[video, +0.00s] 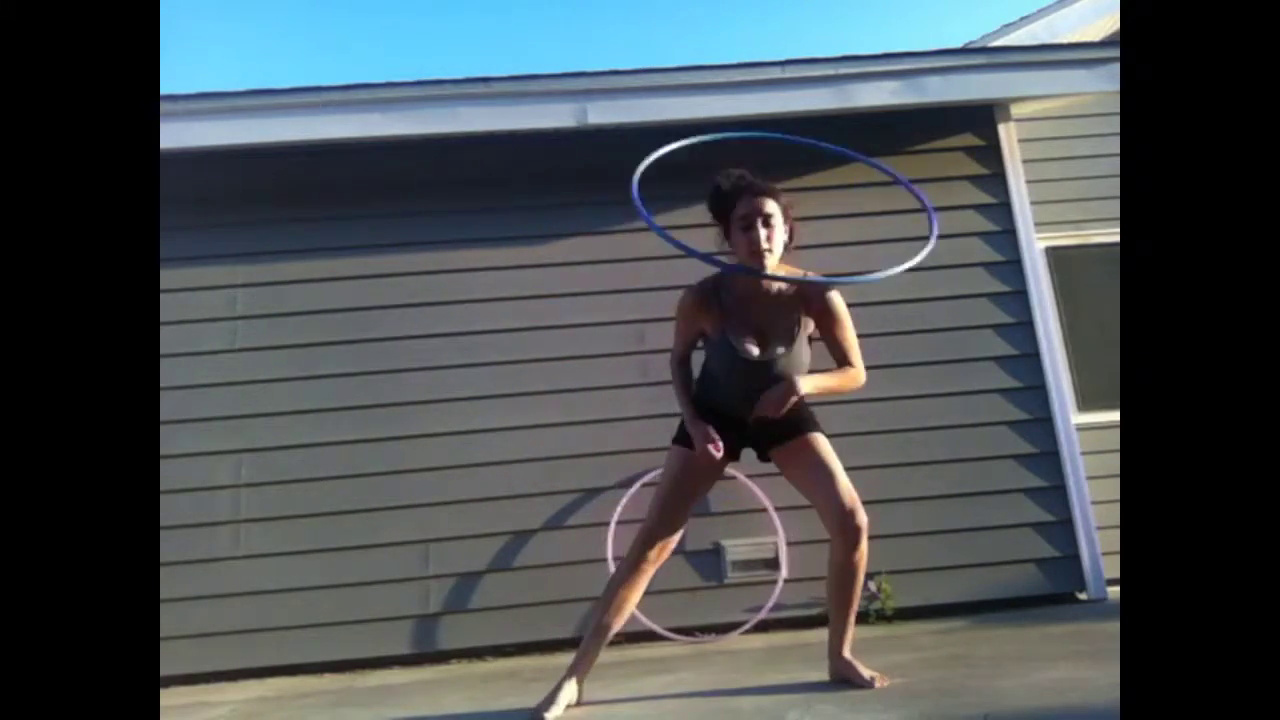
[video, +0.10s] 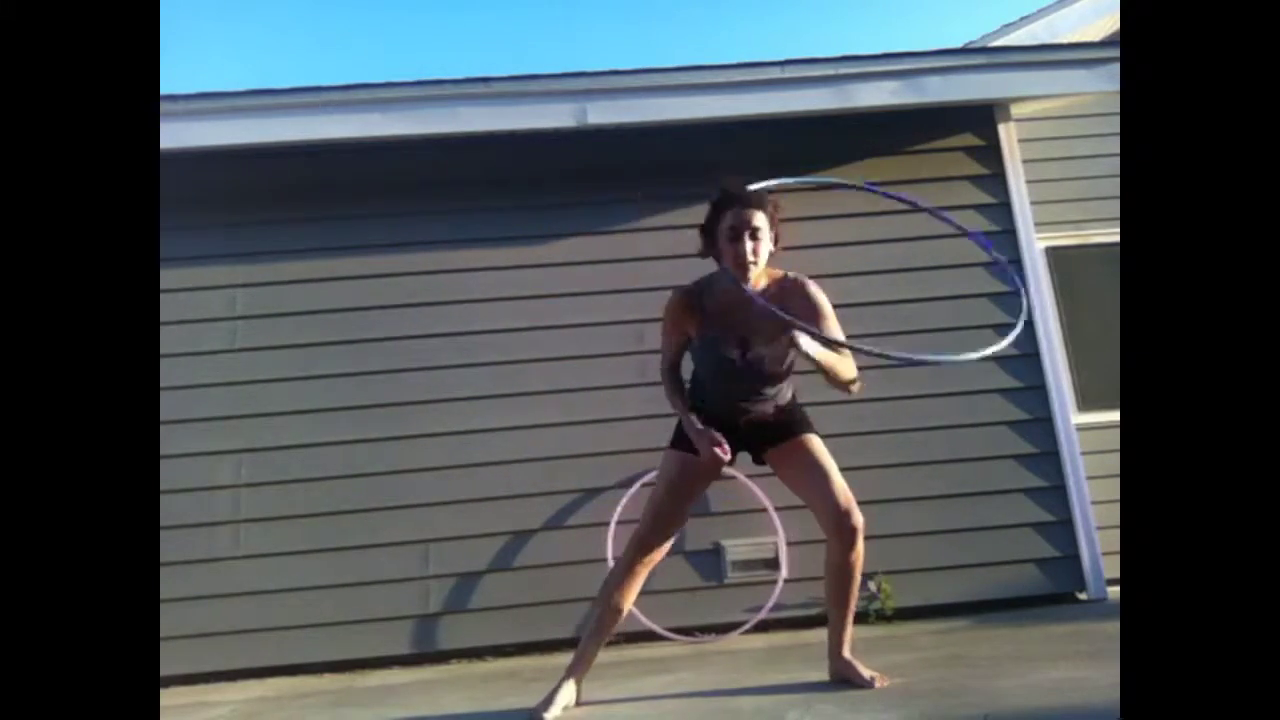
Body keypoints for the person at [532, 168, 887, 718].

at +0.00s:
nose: (761, 234)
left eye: (769, 222)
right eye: (747, 226)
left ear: (785, 230)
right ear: (728, 238)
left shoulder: (817, 296)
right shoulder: (705, 299)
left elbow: (855, 373)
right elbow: (679, 359)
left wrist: (803, 385)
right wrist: (693, 419)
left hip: (783, 416)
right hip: (713, 417)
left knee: (852, 523)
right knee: (652, 546)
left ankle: (840, 657)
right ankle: (572, 681)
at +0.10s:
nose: (747, 245)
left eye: (756, 234)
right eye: (735, 235)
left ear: (772, 239)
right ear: (715, 243)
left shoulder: (800, 293)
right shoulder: (689, 303)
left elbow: (849, 376)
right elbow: (671, 375)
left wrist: (809, 344)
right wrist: (694, 426)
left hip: (778, 418)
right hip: (708, 421)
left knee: (848, 523)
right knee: (646, 546)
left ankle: (840, 657)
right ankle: (571, 680)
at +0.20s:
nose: (721, 250)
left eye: (733, 238)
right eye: (710, 239)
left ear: (751, 237)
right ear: (694, 241)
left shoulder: (769, 281)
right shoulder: (668, 303)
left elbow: (806, 342)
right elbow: (661, 382)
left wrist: (791, 277)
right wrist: (694, 435)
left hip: (763, 415)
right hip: (695, 421)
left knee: (840, 519)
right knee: (628, 546)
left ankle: (839, 656)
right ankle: (570, 680)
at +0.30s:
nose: (699, 246)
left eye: (708, 235)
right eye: (688, 236)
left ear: (727, 236)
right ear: (670, 239)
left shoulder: (744, 276)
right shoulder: (654, 300)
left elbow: (770, 260)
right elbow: (646, 386)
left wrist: (734, 197)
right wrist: (686, 430)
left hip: (749, 416)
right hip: (680, 422)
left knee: (829, 523)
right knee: (618, 541)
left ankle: (837, 655)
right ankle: (570, 680)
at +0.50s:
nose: (662, 220)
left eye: (669, 207)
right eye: (646, 211)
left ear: (684, 212)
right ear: (626, 227)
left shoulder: (709, 258)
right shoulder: (620, 298)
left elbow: (727, 192)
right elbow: (617, 377)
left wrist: (647, 210)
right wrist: (634, 421)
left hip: (721, 409)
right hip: (653, 415)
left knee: (797, 519)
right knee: (601, 533)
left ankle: (835, 655)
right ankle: (570, 674)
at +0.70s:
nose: (638, 230)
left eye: (645, 222)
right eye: (625, 219)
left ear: (654, 231)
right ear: (594, 230)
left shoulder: (665, 280)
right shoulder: (574, 299)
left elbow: (702, 269)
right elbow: (571, 366)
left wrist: (621, 250)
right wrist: (596, 411)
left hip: (686, 403)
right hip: (618, 414)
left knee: (764, 520)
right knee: (589, 537)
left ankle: (835, 655)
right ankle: (569, 680)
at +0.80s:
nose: (633, 240)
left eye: (640, 230)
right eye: (619, 230)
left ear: (647, 234)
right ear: (584, 237)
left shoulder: (665, 291)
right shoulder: (558, 300)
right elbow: (546, 371)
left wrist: (620, 296)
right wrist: (594, 394)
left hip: (671, 405)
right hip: (603, 413)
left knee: (753, 518)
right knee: (578, 537)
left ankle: (833, 655)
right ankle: (568, 681)